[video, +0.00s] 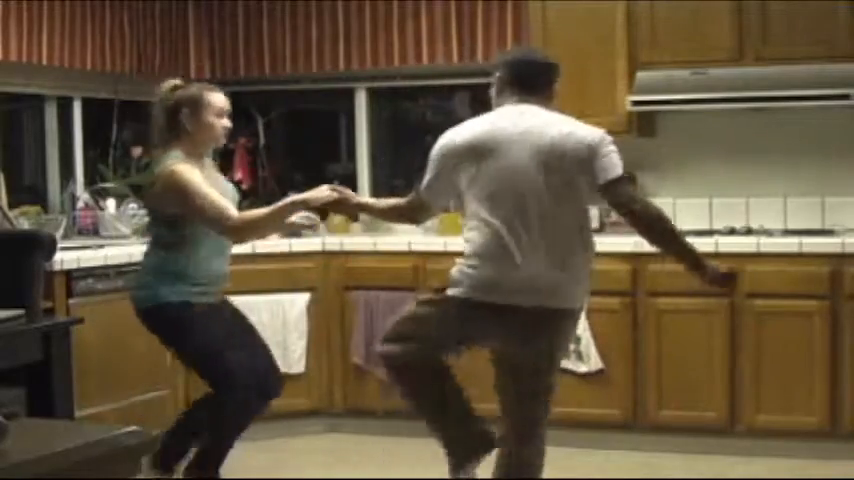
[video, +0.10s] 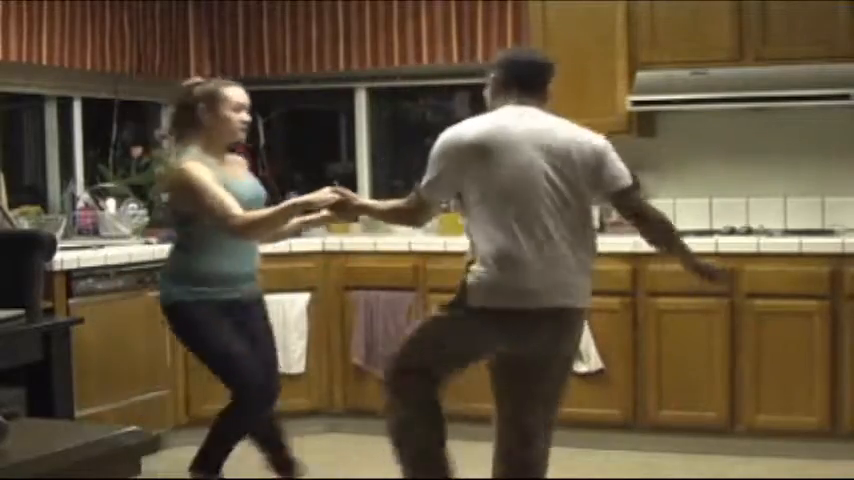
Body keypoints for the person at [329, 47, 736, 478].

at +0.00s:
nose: (490, 93)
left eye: (492, 88)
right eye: (495, 89)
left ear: (499, 88)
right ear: (550, 91)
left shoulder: (463, 138)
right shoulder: (586, 139)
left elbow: (413, 209)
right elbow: (633, 207)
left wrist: (347, 202)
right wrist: (701, 267)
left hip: (481, 292)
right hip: (554, 305)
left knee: (402, 349)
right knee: (524, 427)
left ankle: (466, 441)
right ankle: (516, 474)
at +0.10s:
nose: (484, 94)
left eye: (487, 87)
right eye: (488, 88)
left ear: (495, 88)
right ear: (544, 92)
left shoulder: (464, 138)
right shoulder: (585, 143)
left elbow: (415, 212)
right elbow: (643, 216)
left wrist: (355, 206)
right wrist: (691, 262)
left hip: (492, 305)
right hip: (562, 311)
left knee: (409, 374)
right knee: (525, 442)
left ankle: (430, 475)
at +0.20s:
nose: (475, 95)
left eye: (477, 87)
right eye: (477, 88)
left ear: (486, 89)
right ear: (531, 94)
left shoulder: (458, 138)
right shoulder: (575, 146)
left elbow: (419, 220)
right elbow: (627, 221)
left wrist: (367, 214)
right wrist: (655, 258)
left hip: (494, 310)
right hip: (564, 312)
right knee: (527, 446)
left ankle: (397, 476)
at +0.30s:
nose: (457, 93)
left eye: (459, 86)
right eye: (459, 87)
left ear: (468, 87)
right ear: (517, 92)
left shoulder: (451, 133)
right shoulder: (559, 144)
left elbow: (420, 220)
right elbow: (603, 228)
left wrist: (381, 213)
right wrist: (610, 242)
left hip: (497, 315)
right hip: (559, 314)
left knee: (431, 442)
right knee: (524, 450)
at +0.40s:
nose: (443, 85)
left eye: (445, 78)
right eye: (445, 78)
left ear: (453, 78)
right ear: (501, 82)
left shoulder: (438, 121)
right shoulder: (540, 133)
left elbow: (417, 213)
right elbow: (576, 222)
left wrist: (386, 204)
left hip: (493, 302)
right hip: (550, 299)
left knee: (452, 429)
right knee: (521, 434)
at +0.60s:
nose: (416, 90)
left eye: (419, 82)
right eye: (417, 84)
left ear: (426, 81)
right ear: (473, 85)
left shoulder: (412, 127)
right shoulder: (512, 139)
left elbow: (391, 208)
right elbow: (552, 220)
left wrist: (347, 233)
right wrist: (516, 248)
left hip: (463, 296)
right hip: (517, 293)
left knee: (482, 414)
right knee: (480, 410)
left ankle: (518, 476)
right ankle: (461, 477)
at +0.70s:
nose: (405, 88)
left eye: (407, 80)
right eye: (407, 80)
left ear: (415, 82)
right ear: (463, 86)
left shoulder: (396, 130)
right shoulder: (502, 138)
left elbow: (367, 216)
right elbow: (544, 217)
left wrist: (314, 231)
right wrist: (519, 232)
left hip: (447, 301)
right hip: (505, 296)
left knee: (438, 437)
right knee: (464, 430)